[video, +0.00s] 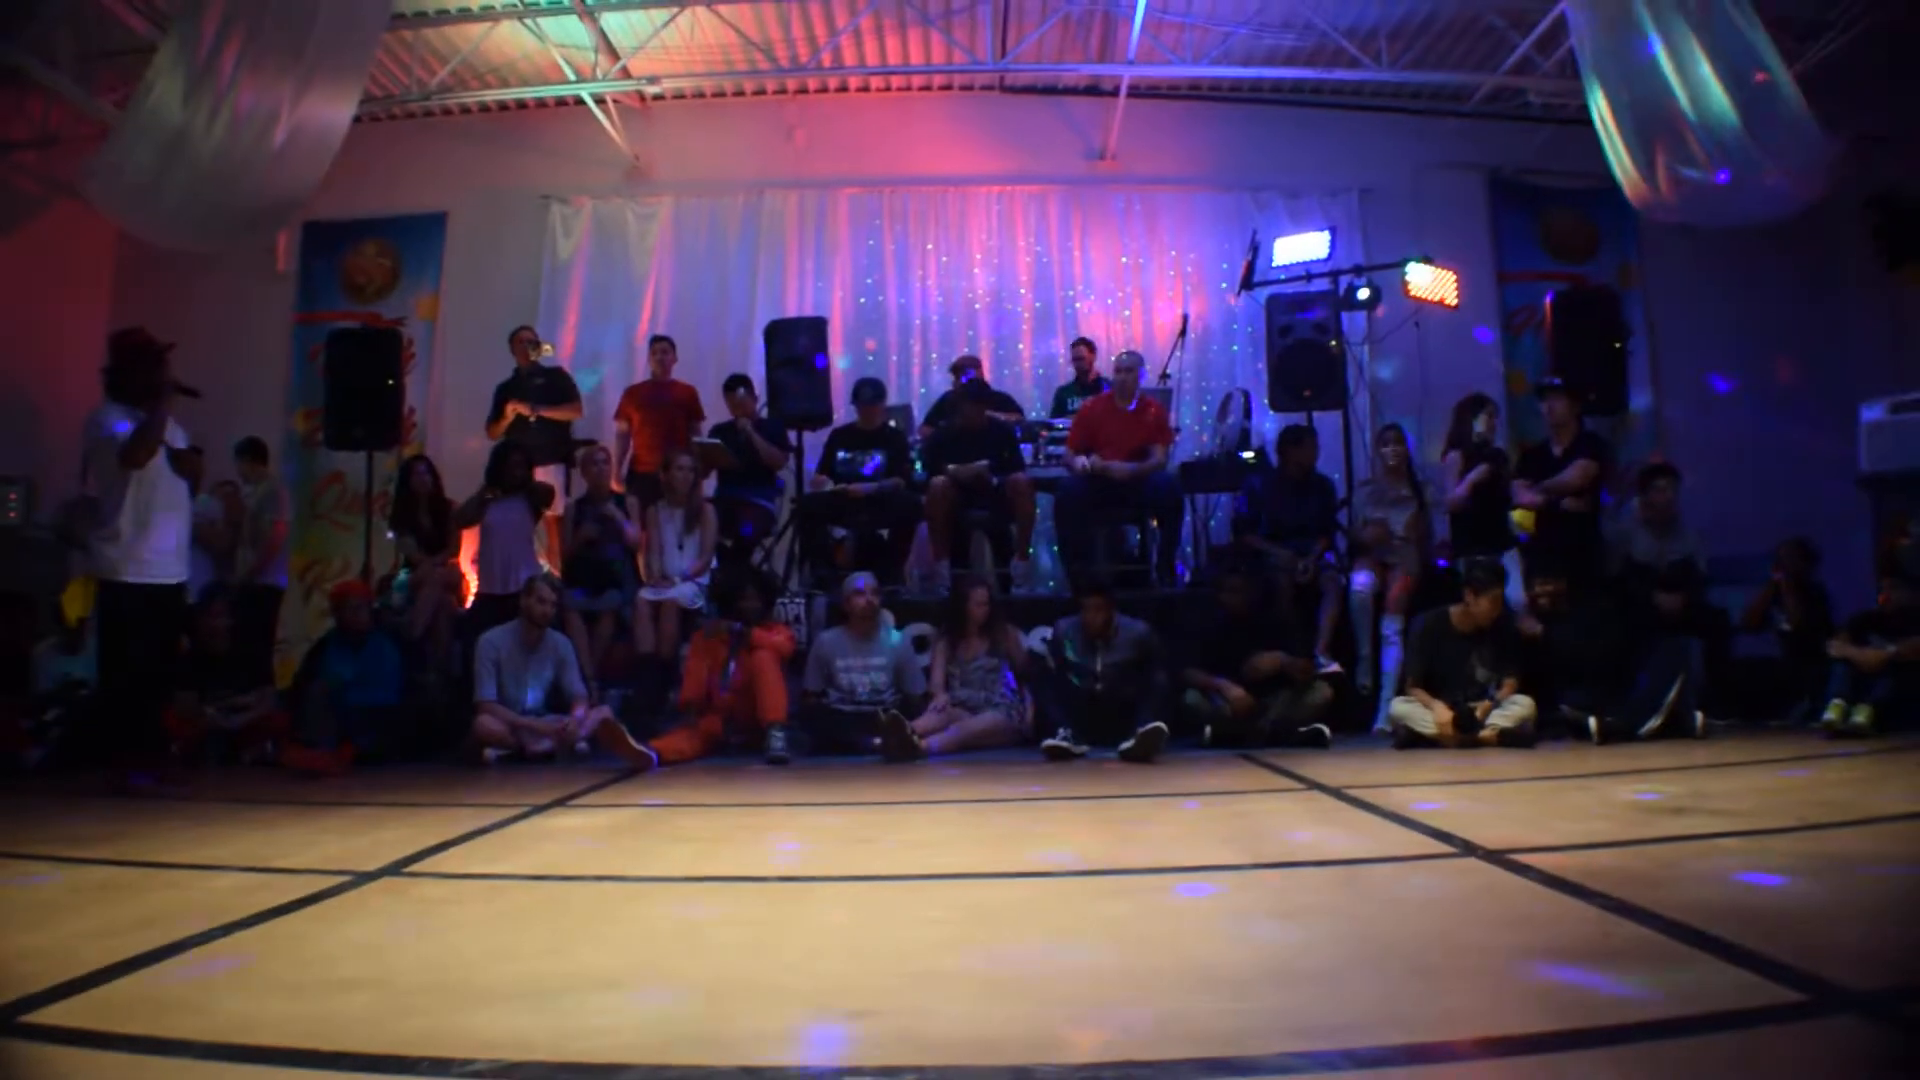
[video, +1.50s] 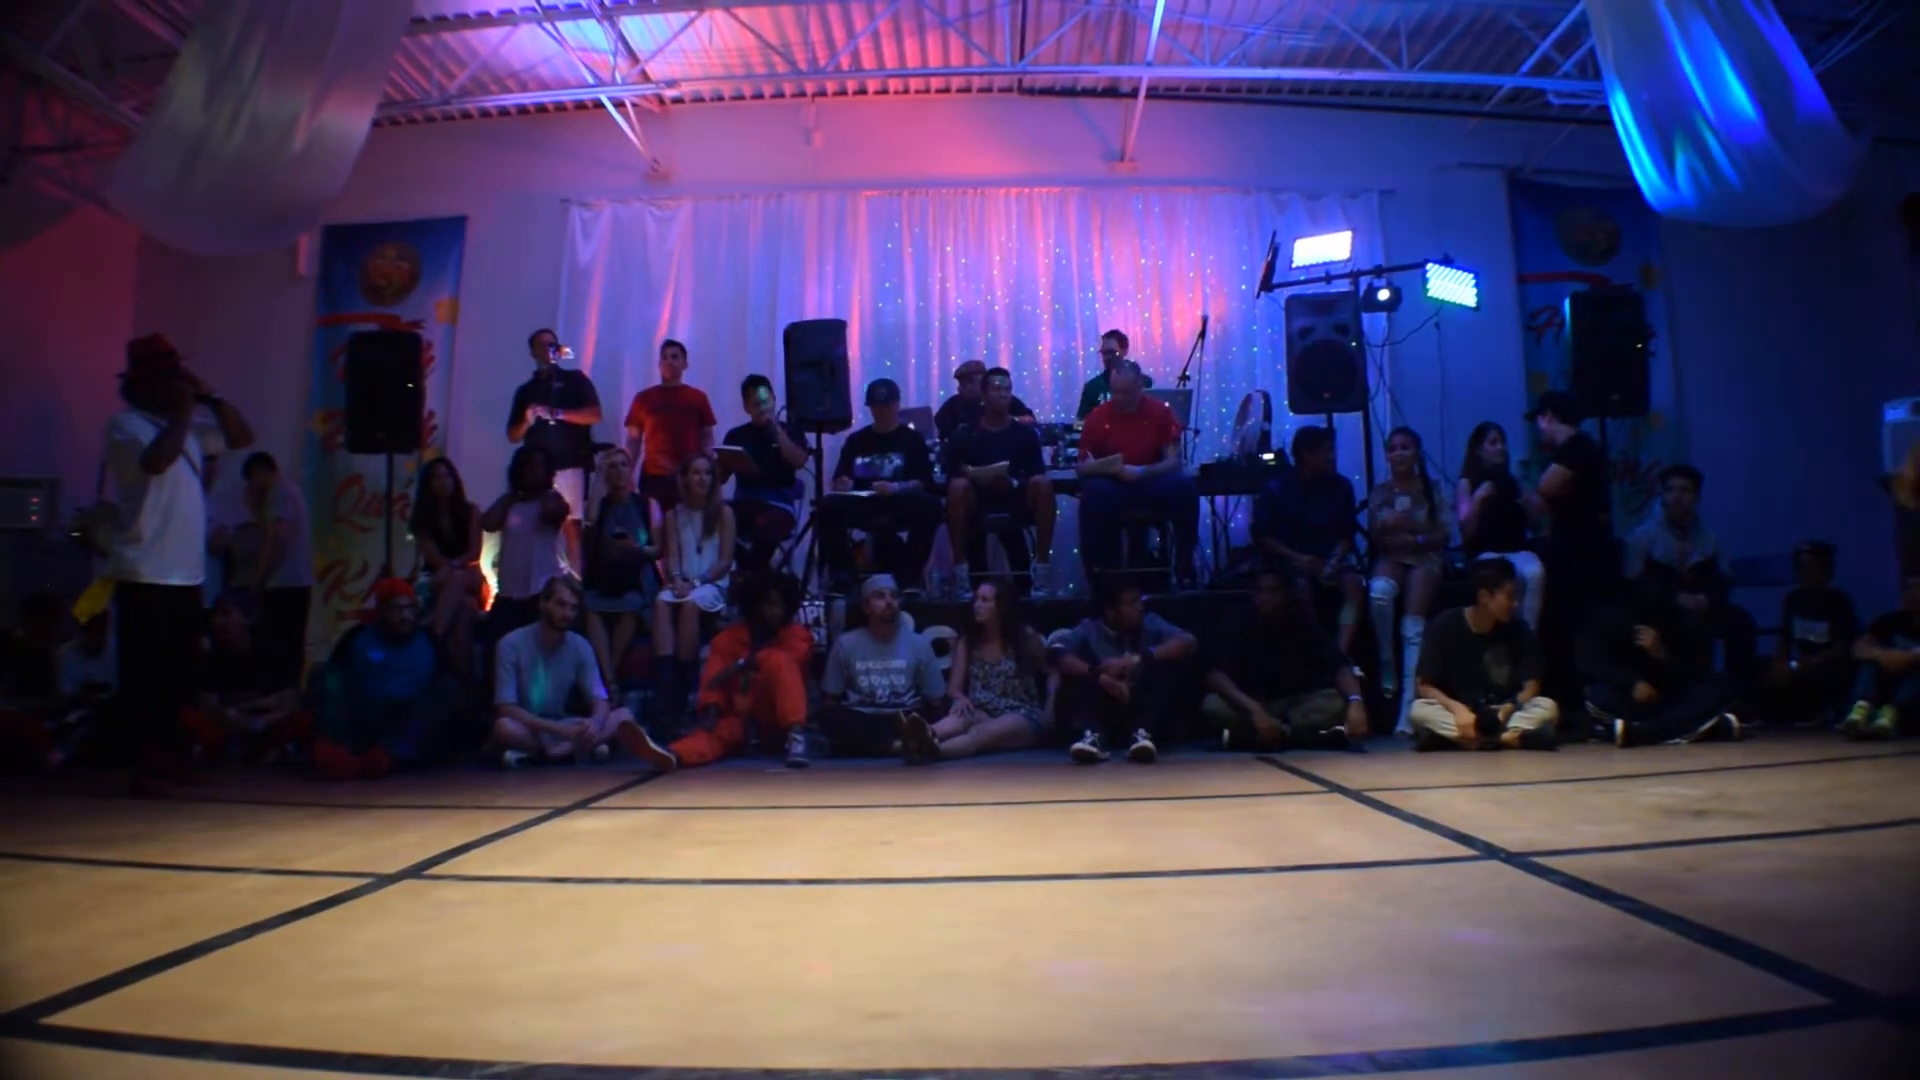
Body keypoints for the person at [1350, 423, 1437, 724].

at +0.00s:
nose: (1393, 451)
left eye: (1398, 445)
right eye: (1386, 445)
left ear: (1407, 450)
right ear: (1377, 452)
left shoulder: (1419, 490)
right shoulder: (1364, 490)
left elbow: (1426, 534)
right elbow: (1354, 530)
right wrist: (1369, 536)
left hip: (1404, 554)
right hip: (1370, 555)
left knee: (1391, 625)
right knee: (1360, 588)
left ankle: (1387, 709)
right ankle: (1364, 663)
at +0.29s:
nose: (1414, 452)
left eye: (1420, 446)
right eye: (1408, 446)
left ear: (1431, 451)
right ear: (1401, 452)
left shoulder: (1445, 489)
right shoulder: (1392, 490)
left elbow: (1451, 533)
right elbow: (1383, 532)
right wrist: (1396, 519)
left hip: (1430, 551)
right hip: (1398, 551)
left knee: (1419, 627)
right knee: (1386, 590)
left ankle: (1414, 709)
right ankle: (1393, 667)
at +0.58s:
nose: (1412, 448)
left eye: (1418, 442)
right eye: (1407, 442)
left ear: (1431, 447)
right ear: (1400, 448)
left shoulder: (1443, 483)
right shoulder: (1393, 483)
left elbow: (1451, 520)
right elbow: (1391, 521)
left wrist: (1434, 480)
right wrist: (1399, 478)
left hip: (1431, 547)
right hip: (1401, 547)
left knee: (1421, 622)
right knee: (1387, 588)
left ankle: (1416, 704)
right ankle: (1395, 666)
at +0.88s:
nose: (1408, 448)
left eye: (1414, 442)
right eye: (1403, 443)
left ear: (1426, 446)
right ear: (1397, 450)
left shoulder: (1440, 482)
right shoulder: (1392, 483)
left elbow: (1441, 524)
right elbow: (1389, 525)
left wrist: (1430, 485)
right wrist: (1395, 486)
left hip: (1429, 549)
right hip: (1399, 548)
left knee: (1418, 625)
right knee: (1386, 590)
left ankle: (1414, 708)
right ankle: (1393, 666)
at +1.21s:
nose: (1404, 452)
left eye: (1410, 446)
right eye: (1399, 447)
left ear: (1422, 450)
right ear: (1393, 452)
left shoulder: (1435, 483)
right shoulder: (1387, 486)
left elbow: (1440, 534)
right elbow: (1382, 535)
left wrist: (1435, 498)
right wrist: (1382, 503)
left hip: (1425, 551)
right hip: (1395, 550)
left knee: (1415, 628)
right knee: (1382, 593)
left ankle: (1411, 712)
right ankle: (1389, 669)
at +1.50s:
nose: (1398, 454)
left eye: (1404, 448)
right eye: (1393, 449)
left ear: (1417, 453)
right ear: (1386, 455)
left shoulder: (1433, 489)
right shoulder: (1379, 493)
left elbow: (1443, 534)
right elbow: (1375, 536)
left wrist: (1403, 537)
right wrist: (1393, 523)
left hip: (1423, 555)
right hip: (1390, 556)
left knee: (1413, 628)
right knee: (1379, 595)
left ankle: (1408, 710)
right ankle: (1387, 667)